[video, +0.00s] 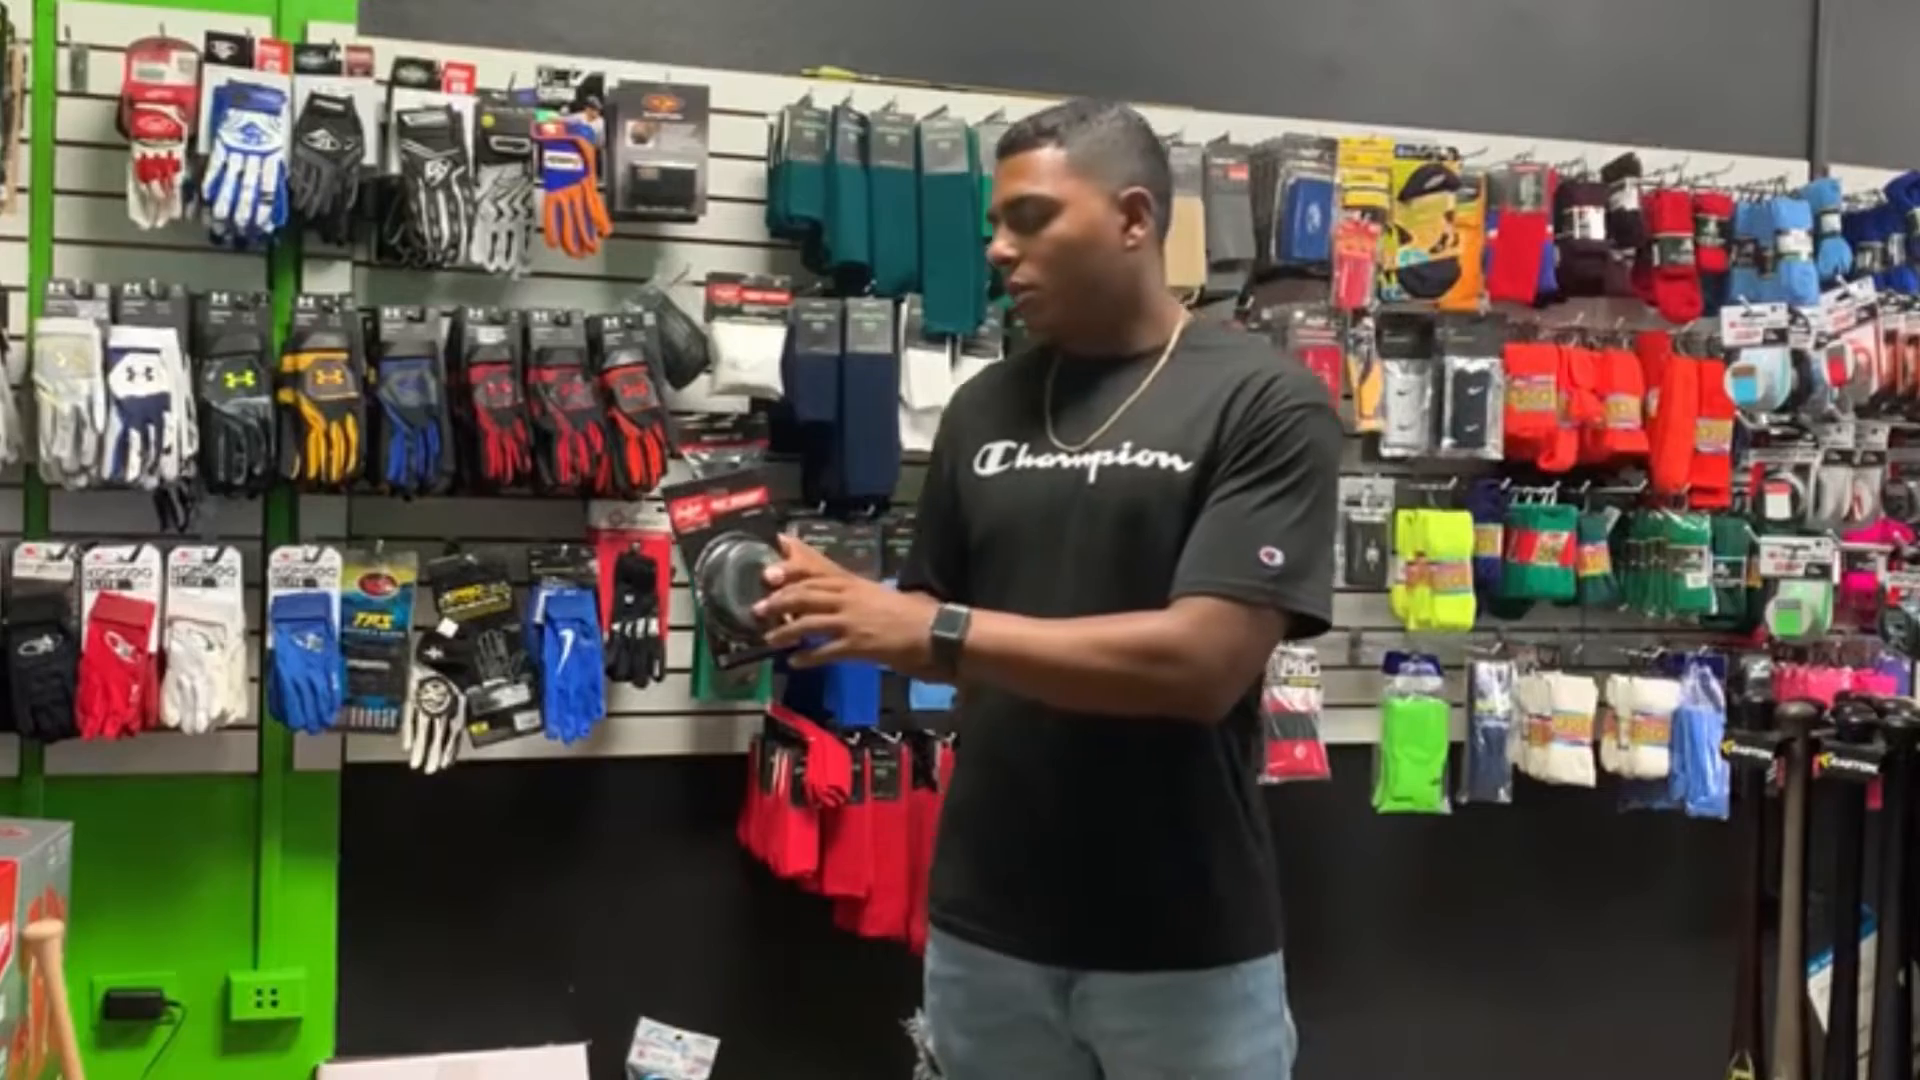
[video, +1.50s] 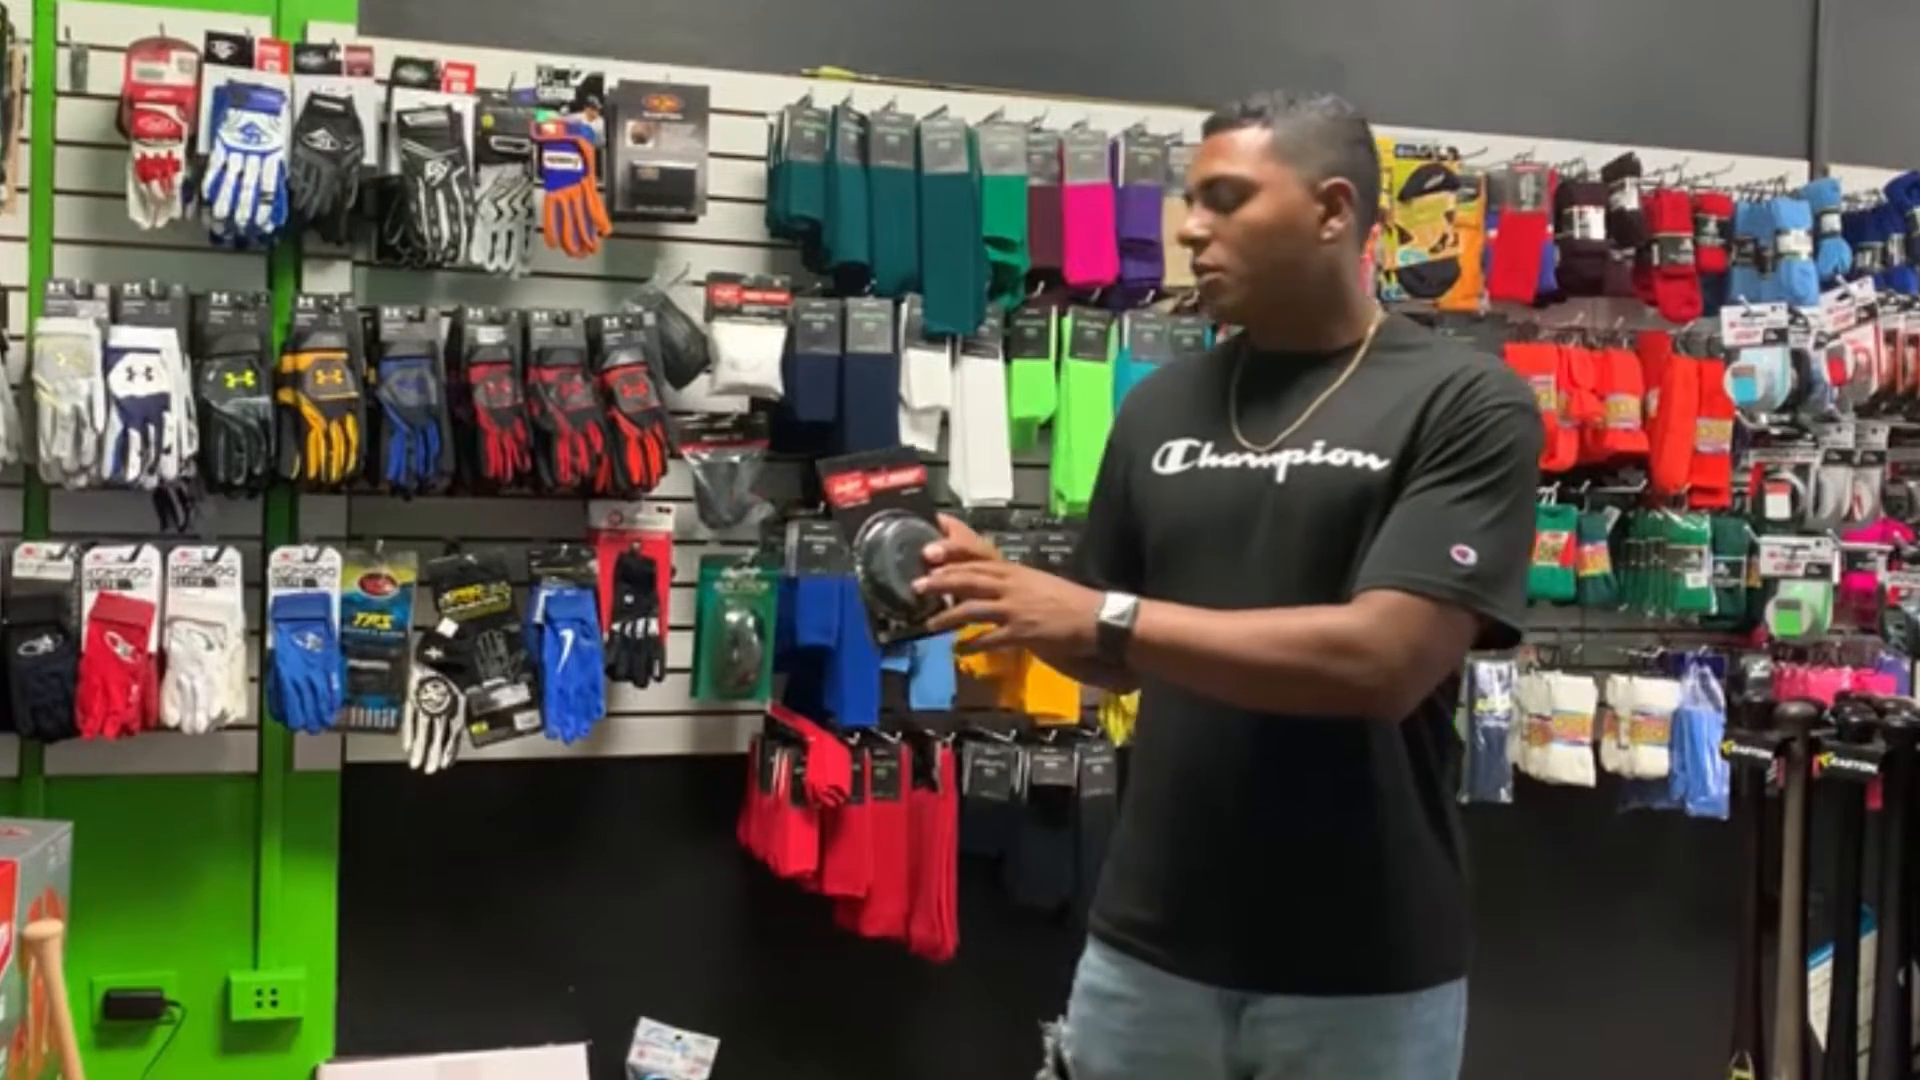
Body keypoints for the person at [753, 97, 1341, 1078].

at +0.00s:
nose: (998, 252)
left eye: (1030, 217)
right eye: (996, 226)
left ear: (1137, 217)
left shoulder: (1266, 401)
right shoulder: (981, 408)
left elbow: (1205, 665)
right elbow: (954, 644)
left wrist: (927, 628)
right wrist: (840, 607)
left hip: (1185, 942)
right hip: (988, 931)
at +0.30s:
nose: (963, 261)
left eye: (992, 226)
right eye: (957, 237)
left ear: (1096, 221)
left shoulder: (1235, 394)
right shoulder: (949, 415)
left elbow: (1183, 662)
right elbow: (920, 651)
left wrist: (906, 631)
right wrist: (813, 614)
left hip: (1173, 939)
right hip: (974, 930)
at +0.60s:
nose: (970, 257)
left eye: (999, 222)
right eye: (965, 232)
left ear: (1104, 220)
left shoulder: (1243, 395)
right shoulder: (954, 414)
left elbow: (1190, 662)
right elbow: (924, 651)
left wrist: (916, 630)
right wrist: (819, 611)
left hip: (1179, 943)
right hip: (978, 934)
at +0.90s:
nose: (1014, 245)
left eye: (1047, 211)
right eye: (1016, 218)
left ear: (1153, 216)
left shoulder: (1288, 398)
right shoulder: (998, 410)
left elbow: (1227, 658)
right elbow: (964, 649)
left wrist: (954, 624)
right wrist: (856, 600)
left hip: (1211, 943)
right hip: (1008, 933)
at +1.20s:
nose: (1098, 236)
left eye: (1131, 202)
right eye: (1100, 209)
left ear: (1234, 210)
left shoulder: (1373, 395)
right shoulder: (1077, 404)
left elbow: (1299, 657)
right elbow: (1037, 651)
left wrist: (1022, 616)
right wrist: (929, 600)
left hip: (1282, 952)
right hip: (1074, 940)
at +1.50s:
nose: (1190, 230)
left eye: (1224, 197)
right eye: (1190, 202)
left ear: (1333, 213)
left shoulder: (1469, 401)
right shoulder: (1158, 406)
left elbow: (1382, 663)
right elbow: (1115, 659)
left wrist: (1098, 617)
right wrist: (995, 597)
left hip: (1363, 965)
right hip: (1148, 947)